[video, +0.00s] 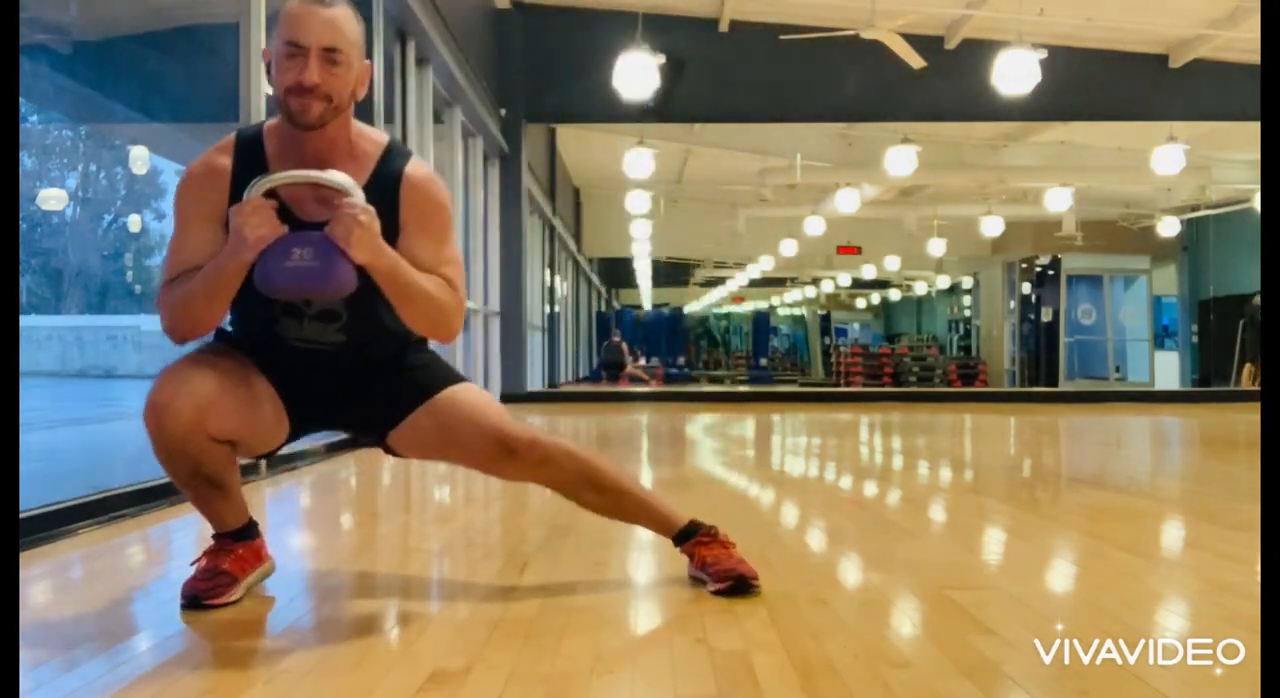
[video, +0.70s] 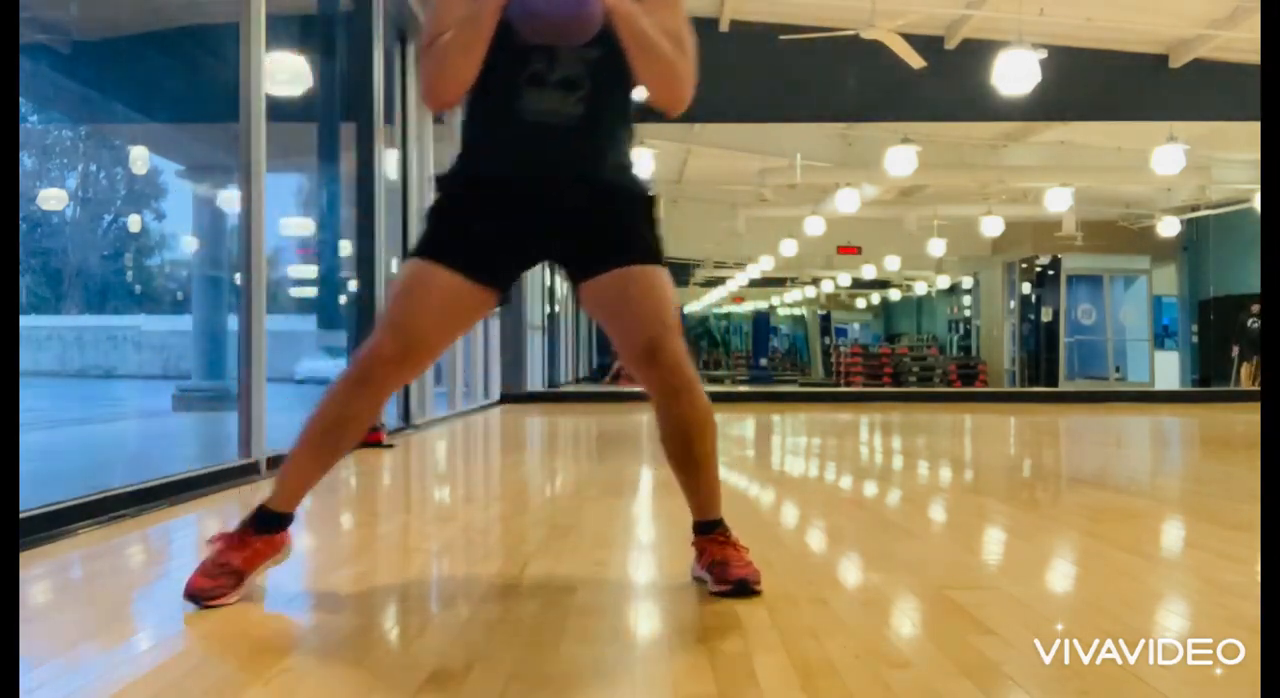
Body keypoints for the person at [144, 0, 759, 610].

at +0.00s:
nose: (305, 74)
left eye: (328, 57)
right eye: (290, 53)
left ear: (362, 74)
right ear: (269, 62)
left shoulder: (411, 183)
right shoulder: (216, 174)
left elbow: (443, 321)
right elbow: (180, 322)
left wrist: (374, 253)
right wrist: (234, 255)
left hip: (387, 372)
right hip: (268, 370)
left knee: (518, 447)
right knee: (173, 406)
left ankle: (690, 535)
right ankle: (237, 541)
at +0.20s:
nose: (348, 12)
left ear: (404, 16)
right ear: (310, 13)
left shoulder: (446, 131)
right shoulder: (255, 118)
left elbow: (475, 269)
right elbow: (213, 261)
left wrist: (406, 179)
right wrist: (275, 178)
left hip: (416, 332)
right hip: (297, 331)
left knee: (544, 426)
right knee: (206, 398)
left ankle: (699, 537)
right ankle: (238, 541)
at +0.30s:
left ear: (425, 2)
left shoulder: (470, 100)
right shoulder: (281, 85)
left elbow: (501, 238)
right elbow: (239, 227)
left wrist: (439, 144)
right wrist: (309, 135)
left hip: (431, 309)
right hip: (315, 306)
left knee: (555, 415)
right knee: (225, 398)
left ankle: (701, 536)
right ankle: (240, 541)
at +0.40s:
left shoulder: (504, 69)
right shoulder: (314, 50)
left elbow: (529, 205)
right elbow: (271, 189)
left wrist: (469, 99)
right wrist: (347, 95)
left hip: (459, 285)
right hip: (337, 281)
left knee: (572, 398)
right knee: (246, 395)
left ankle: (704, 536)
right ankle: (241, 540)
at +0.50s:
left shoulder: (541, 38)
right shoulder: (356, 22)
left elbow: (567, 168)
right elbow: (317, 153)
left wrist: (513, 70)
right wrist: (393, 57)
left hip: (492, 262)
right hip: (371, 261)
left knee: (598, 384)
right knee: (268, 393)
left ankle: (707, 535)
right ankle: (242, 543)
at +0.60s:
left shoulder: (589, 6)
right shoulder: (406, 2)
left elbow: (617, 131)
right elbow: (374, 119)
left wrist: (564, 36)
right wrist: (443, 22)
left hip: (542, 227)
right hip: (424, 224)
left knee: (631, 371)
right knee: (317, 379)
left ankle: (710, 534)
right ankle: (245, 544)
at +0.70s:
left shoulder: (644, 1)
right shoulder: (468, 1)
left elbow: (675, 92)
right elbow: (439, 91)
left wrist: (614, 1)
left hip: (602, 201)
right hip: (488, 198)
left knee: (665, 361)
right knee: (383, 360)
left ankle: (713, 534)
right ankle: (268, 523)